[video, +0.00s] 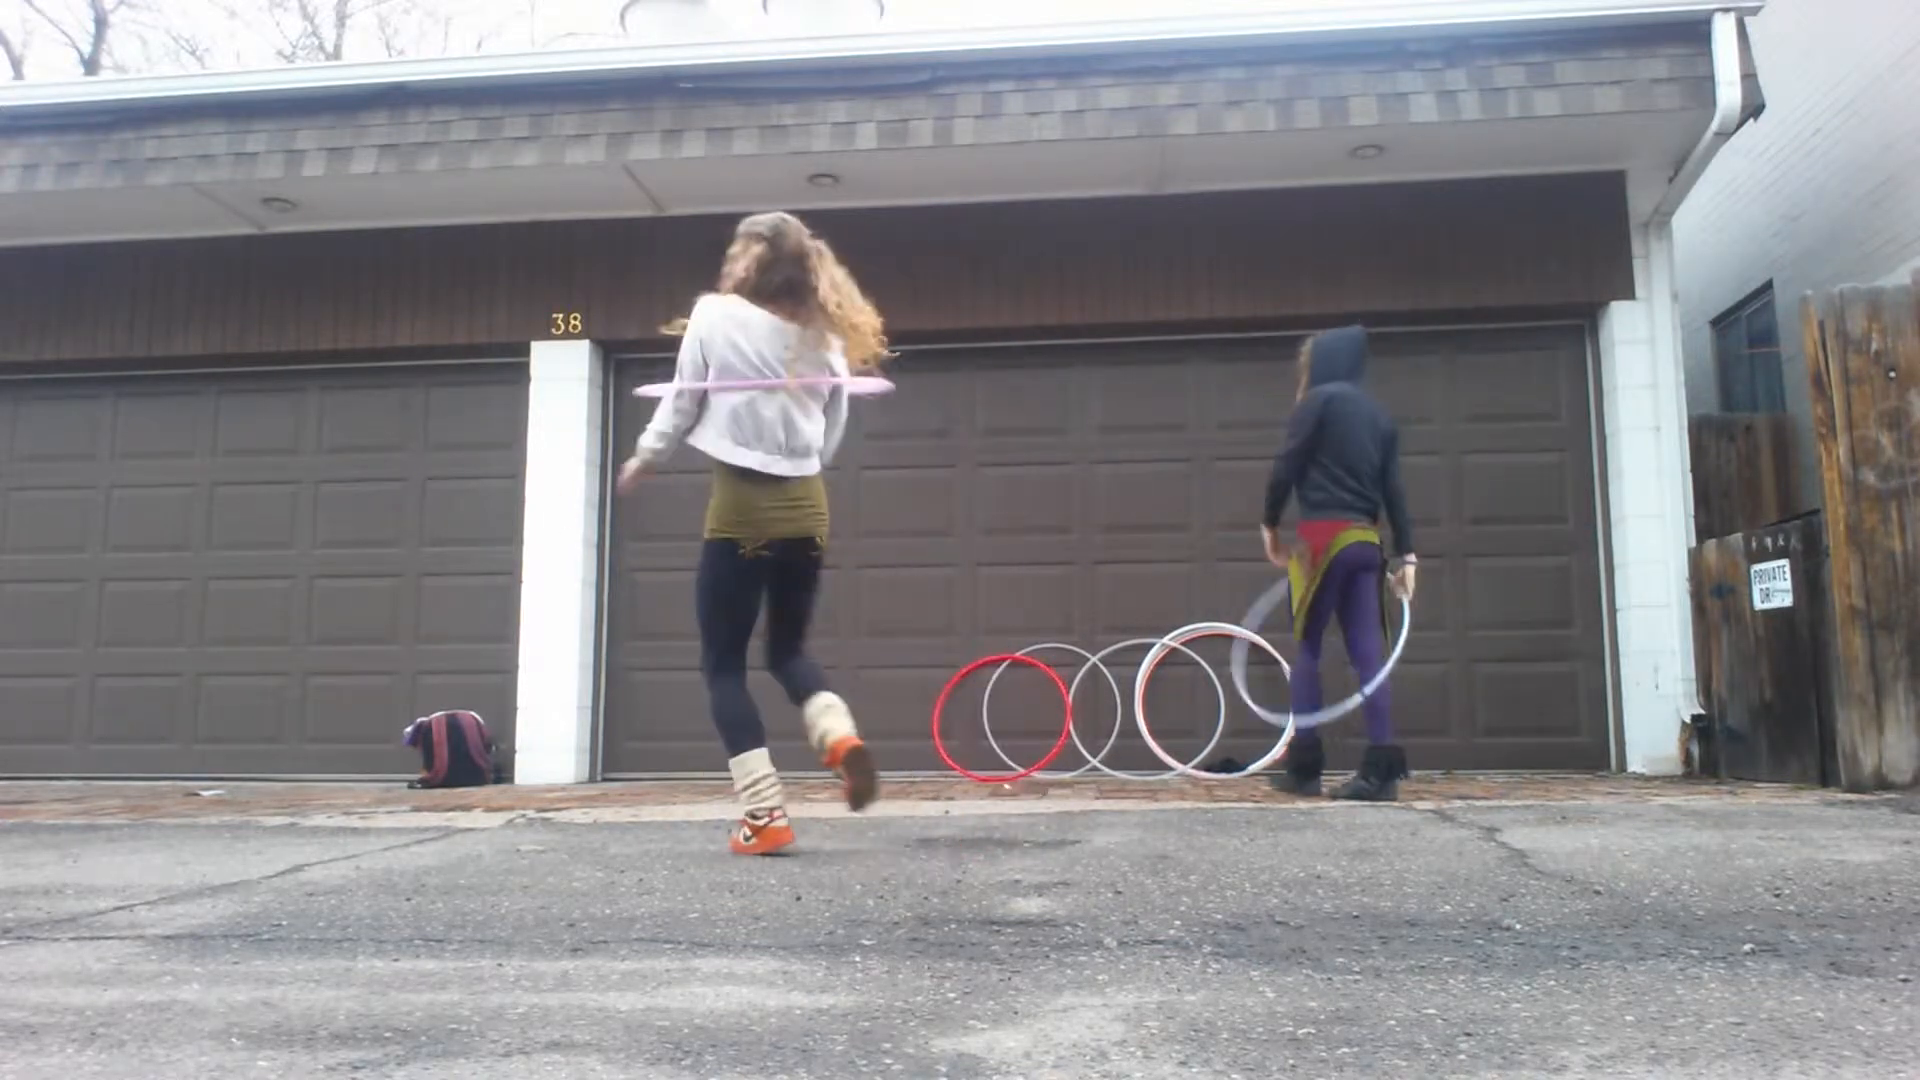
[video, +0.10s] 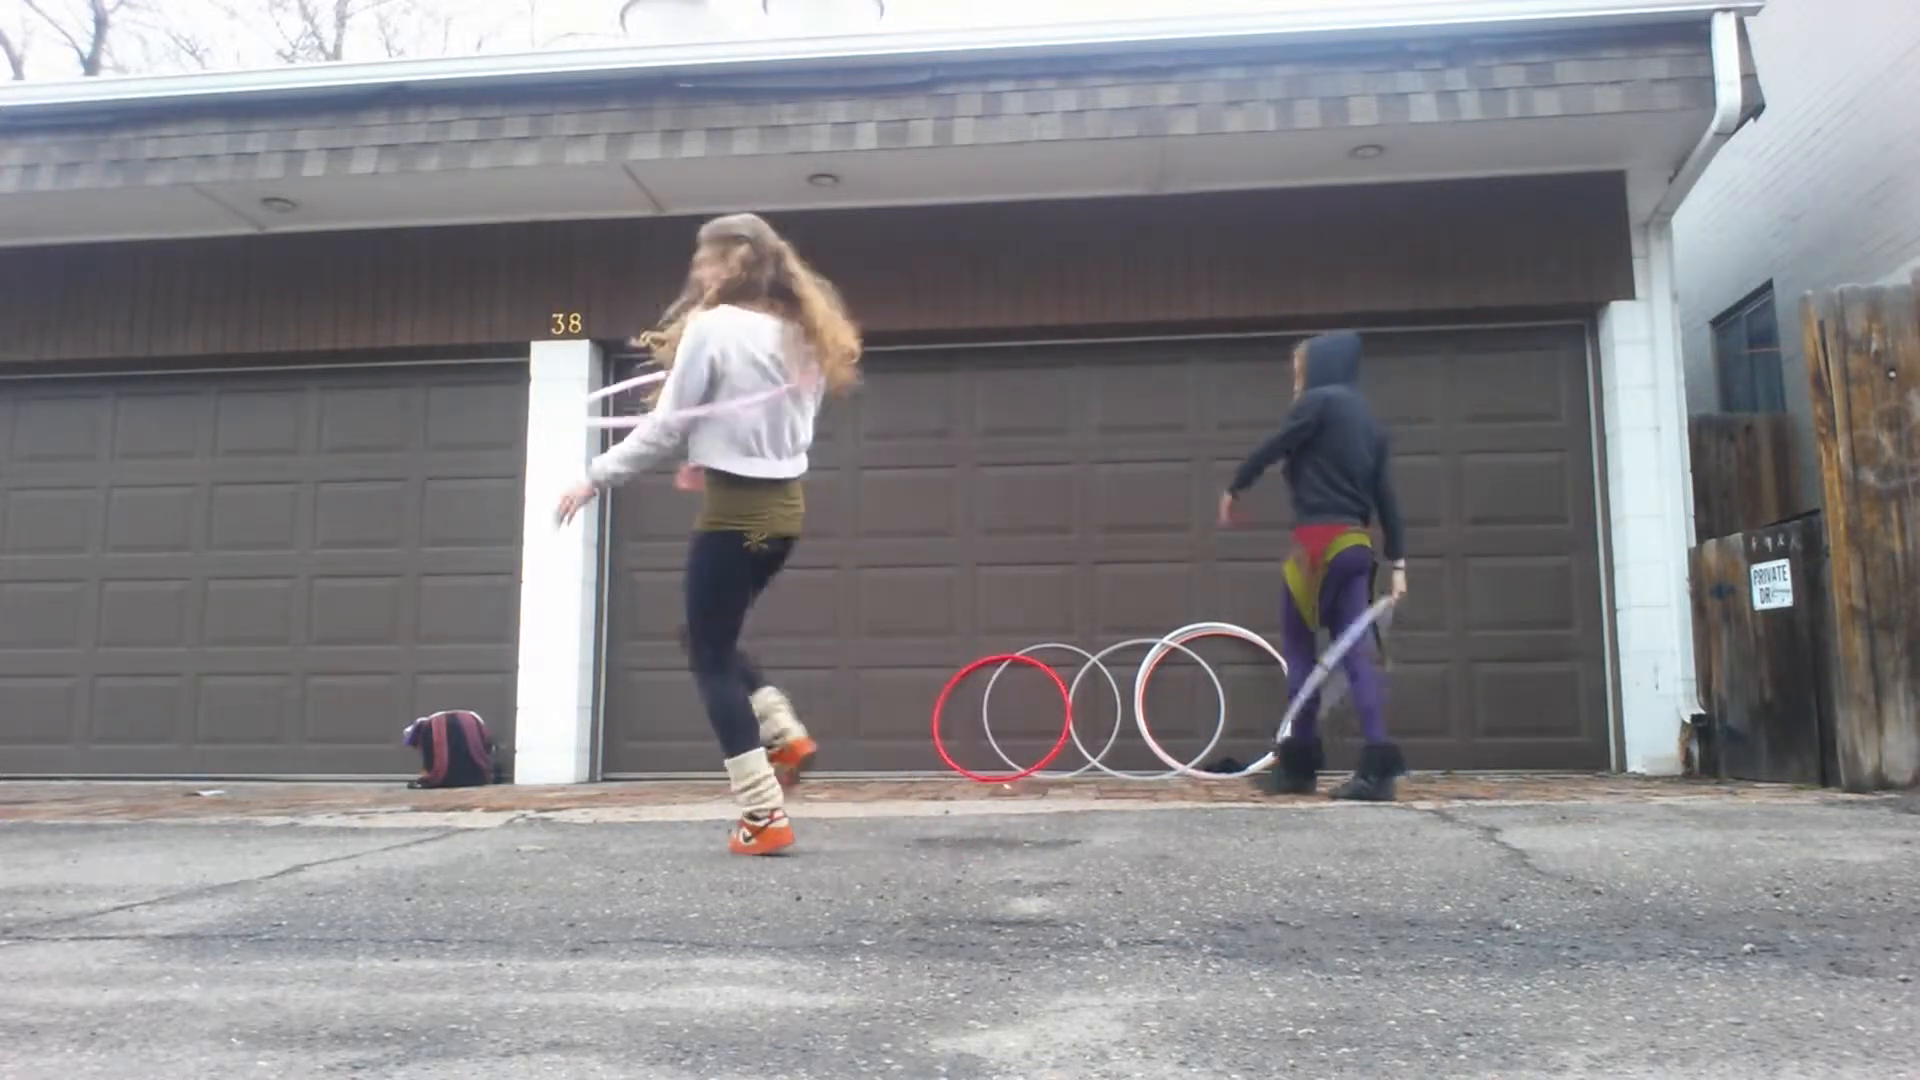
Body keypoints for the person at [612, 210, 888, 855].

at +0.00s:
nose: (728, 263)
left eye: (738, 252)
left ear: (759, 261)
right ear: (800, 269)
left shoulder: (715, 313)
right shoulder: (825, 335)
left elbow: (683, 401)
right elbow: (831, 439)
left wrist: (644, 457)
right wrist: (793, 464)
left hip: (736, 516)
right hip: (807, 514)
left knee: (724, 666)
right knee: (788, 651)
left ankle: (765, 814)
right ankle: (840, 737)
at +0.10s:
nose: (696, 274)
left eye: (704, 262)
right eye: (698, 262)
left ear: (734, 263)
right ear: (764, 267)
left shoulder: (710, 327)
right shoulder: (802, 332)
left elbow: (669, 428)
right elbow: (792, 432)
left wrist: (595, 478)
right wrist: (712, 463)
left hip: (731, 517)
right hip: (783, 516)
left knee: (711, 656)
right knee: (717, 641)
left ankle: (764, 814)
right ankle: (782, 734)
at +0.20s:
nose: (670, 288)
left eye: (677, 275)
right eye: (669, 275)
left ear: (710, 273)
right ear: (725, 272)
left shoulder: (726, 341)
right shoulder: (764, 332)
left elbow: (683, 443)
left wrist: (599, 498)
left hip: (724, 516)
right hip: (741, 512)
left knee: (712, 662)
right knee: (643, 637)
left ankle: (766, 814)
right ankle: (703, 765)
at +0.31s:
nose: (650, 294)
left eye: (656, 281)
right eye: (647, 283)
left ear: (691, 275)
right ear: (681, 277)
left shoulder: (729, 338)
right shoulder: (704, 336)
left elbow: (721, 450)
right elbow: (706, 433)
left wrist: (650, 506)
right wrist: (655, 445)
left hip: (715, 516)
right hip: (681, 513)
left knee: (705, 658)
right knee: (627, 647)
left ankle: (764, 810)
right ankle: (628, 798)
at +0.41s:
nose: (632, 296)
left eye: (644, 286)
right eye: (626, 284)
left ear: (681, 284)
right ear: (621, 284)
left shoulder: (722, 342)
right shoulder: (635, 335)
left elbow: (732, 438)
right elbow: (634, 411)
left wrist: (702, 495)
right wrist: (593, 440)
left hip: (703, 513)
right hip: (645, 511)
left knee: (699, 663)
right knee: (614, 661)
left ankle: (777, 801)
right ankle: (583, 812)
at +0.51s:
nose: (621, 313)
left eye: (634, 301)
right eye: (611, 301)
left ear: (663, 302)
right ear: (600, 304)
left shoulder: (699, 362)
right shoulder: (587, 363)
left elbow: (718, 443)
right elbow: (568, 428)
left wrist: (728, 495)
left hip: (695, 531)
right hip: (623, 535)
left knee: (703, 663)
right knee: (588, 662)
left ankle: (744, 790)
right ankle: (587, 813)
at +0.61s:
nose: (623, 328)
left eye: (633, 315)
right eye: (611, 316)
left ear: (655, 314)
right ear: (595, 320)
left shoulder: (687, 367)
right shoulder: (569, 378)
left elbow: (716, 452)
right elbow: (540, 470)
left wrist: (747, 502)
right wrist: (489, 535)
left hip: (676, 537)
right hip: (600, 540)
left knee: (712, 663)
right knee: (570, 658)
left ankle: (677, 785)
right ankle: (585, 813)